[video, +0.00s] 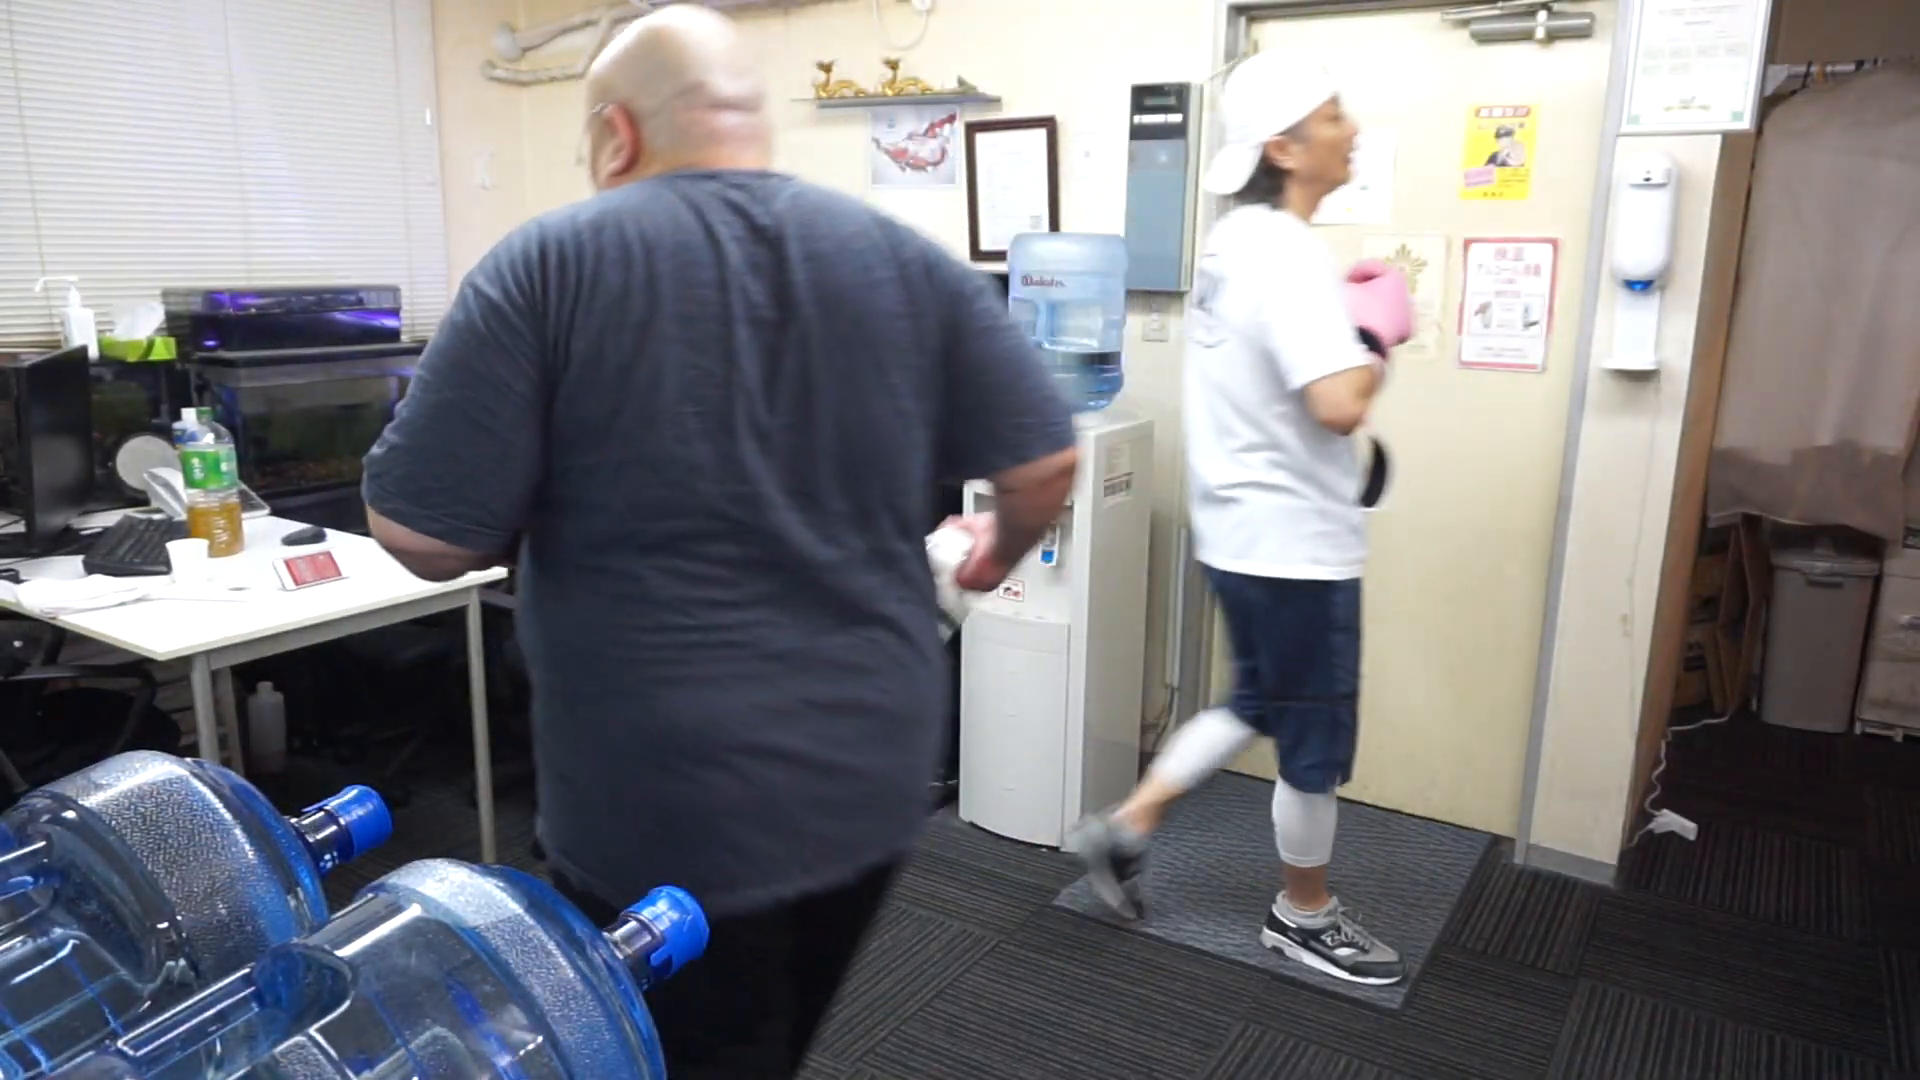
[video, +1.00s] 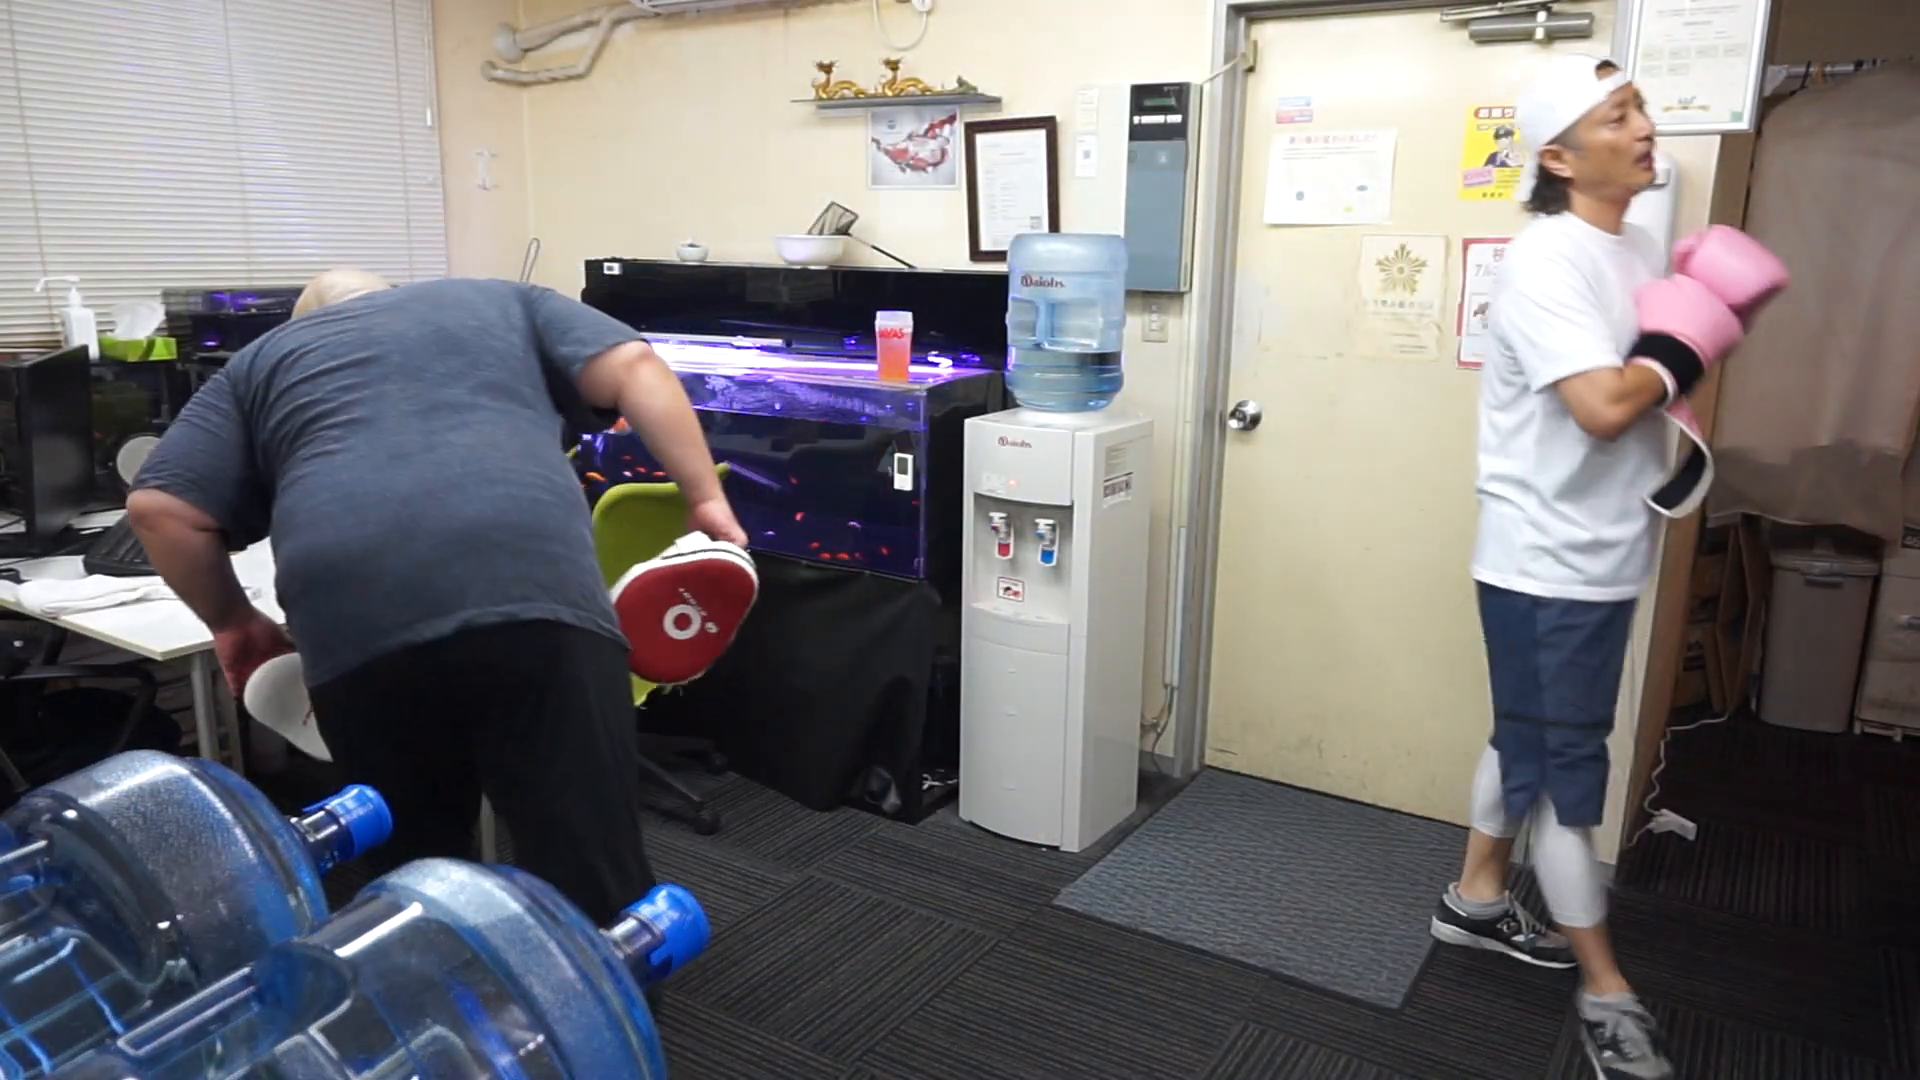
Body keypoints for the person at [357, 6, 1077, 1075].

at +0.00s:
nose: (588, 161)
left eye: (592, 136)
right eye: (590, 136)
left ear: (620, 135)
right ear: (757, 122)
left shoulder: (553, 265)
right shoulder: (900, 257)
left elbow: (419, 534)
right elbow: (1045, 466)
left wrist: (536, 511)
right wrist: (998, 553)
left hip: (647, 794)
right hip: (865, 778)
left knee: (658, 1057)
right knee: (777, 1051)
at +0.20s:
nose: (538, 202)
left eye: (537, 182)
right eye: (540, 184)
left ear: (564, 166)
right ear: (684, 153)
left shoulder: (518, 262)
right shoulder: (824, 263)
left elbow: (384, 496)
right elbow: (937, 450)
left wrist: (412, 561)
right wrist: (917, 569)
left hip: (584, 747)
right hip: (791, 741)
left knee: (540, 1019)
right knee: (720, 1035)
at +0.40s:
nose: (465, 224)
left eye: (463, 211)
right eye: (467, 214)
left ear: (490, 194)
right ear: (605, 176)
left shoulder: (459, 269)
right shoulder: (736, 261)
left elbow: (344, 459)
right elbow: (863, 420)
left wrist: (313, 546)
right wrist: (860, 534)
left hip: (526, 703)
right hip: (725, 697)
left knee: (487, 953)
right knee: (705, 967)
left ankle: (493, 1075)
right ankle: (696, 1076)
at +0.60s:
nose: (389, 264)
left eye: (387, 256)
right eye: (392, 259)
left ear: (402, 247)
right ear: (506, 224)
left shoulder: (365, 308)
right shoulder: (633, 279)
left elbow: (245, 475)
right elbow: (775, 404)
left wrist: (254, 569)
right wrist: (801, 518)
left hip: (468, 679)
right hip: (651, 662)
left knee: (462, 922)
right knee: (675, 917)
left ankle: (477, 1065)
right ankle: (682, 1062)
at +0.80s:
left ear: (329, 294)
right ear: (431, 264)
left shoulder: (289, 337)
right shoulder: (548, 289)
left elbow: (175, 493)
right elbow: (682, 386)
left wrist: (232, 591)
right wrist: (741, 517)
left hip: (402, 653)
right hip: (585, 626)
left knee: (421, 901)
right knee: (637, 889)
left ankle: (426, 1062)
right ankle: (664, 1061)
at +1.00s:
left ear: (299, 326)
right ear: (400, 290)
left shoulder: (258, 362)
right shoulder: (501, 298)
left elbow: (160, 507)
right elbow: (637, 368)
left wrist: (232, 623)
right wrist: (705, 494)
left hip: (360, 637)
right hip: (541, 599)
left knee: (417, 884)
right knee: (590, 878)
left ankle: (438, 1054)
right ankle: (610, 1051)